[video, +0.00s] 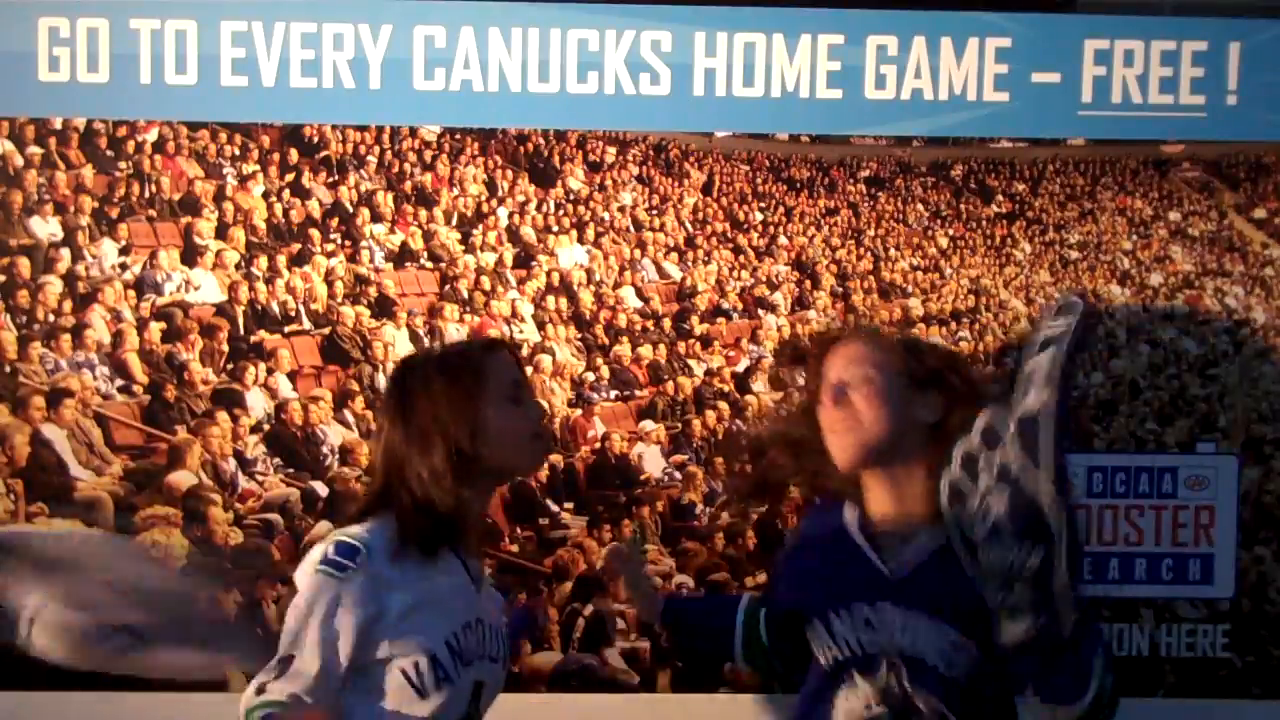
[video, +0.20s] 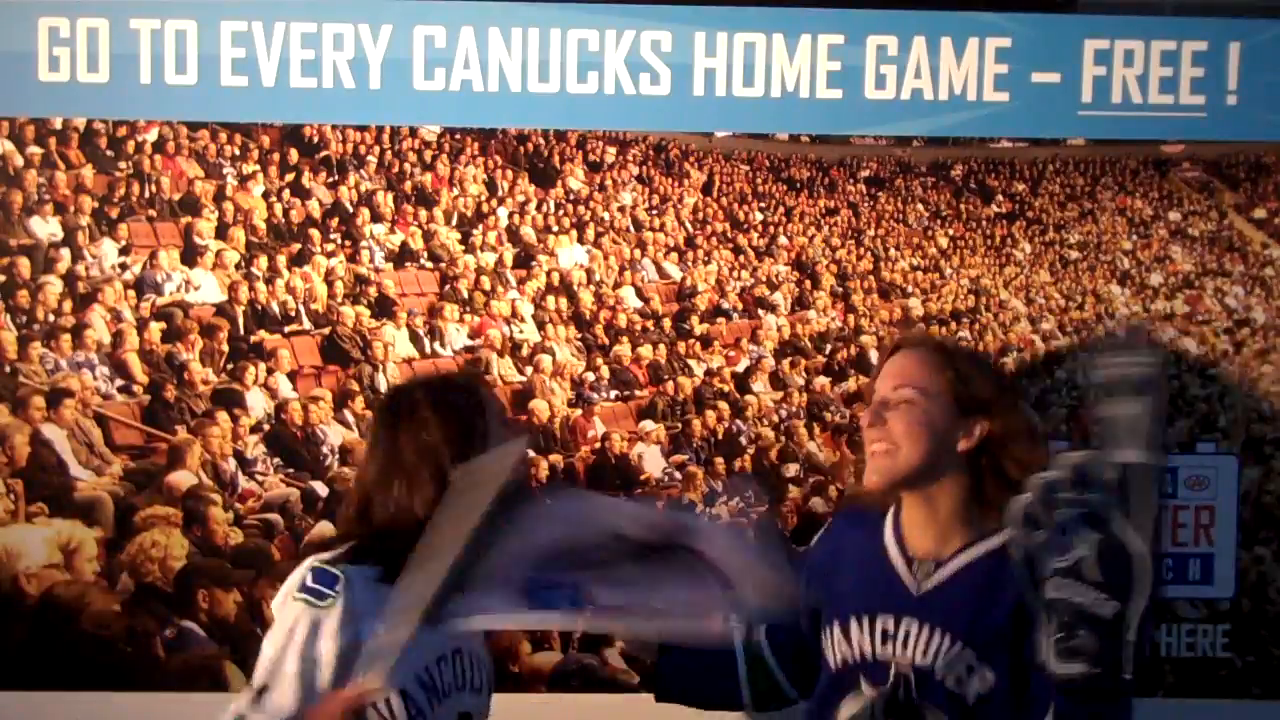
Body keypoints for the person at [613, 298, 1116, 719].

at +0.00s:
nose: (829, 406)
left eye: (850, 388)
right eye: (824, 396)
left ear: (927, 405)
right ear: (818, 425)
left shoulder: (993, 538)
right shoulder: (819, 538)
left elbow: (1072, 690)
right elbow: (782, 638)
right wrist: (660, 613)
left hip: (960, 717)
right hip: (829, 712)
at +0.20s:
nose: (871, 420)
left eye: (902, 403)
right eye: (871, 406)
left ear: (970, 432)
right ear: (864, 422)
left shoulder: (1030, 572)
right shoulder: (843, 540)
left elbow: (1057, 709)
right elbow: (778, 676)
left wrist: (1086, 646)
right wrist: (652, 652)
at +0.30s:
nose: (874, 417)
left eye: (904, 396)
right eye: (881, 398)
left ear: (973, 422)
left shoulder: (1045, 565)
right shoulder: (852, 539)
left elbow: (1073, 705)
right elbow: (792, 662)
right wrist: (660, 666)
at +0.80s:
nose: (897, 426)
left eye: (930, 417)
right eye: (898, 409)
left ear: (992, 451)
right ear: (883, 419)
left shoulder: (1064, 583)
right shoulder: (876, 567)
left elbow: (1128, 703)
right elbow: (846, 699)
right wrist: (726, 637)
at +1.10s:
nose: (819, 449)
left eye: (840, 419)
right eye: (819, 432)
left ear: (916, 424)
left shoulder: (1039, 559)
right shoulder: (865, 593)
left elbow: (1160, 695)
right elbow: (866, 710)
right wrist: (765, 674)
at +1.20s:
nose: (818, 451)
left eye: (839, 424)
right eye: (823, 427)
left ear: (911, 433)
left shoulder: (1024, 566)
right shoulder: (859, 576)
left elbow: (1154, 674)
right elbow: (825, 707)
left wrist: (1103, 546)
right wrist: (737, 635)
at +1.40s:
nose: (830, 447)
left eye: (846, 416)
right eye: (835, 420)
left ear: (911, 413)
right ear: (909, 413)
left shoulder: (1011, 565)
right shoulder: (857, 557)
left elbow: (1086, 699)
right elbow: (838, 694)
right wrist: (736, 601)